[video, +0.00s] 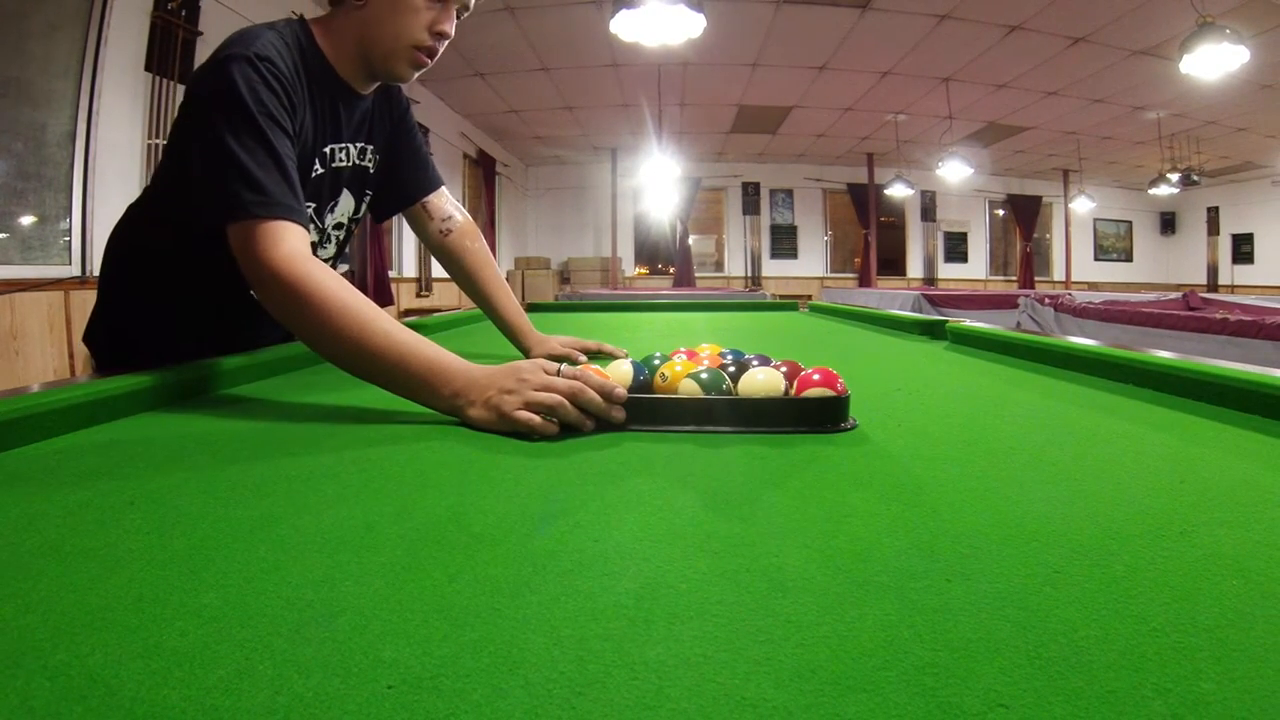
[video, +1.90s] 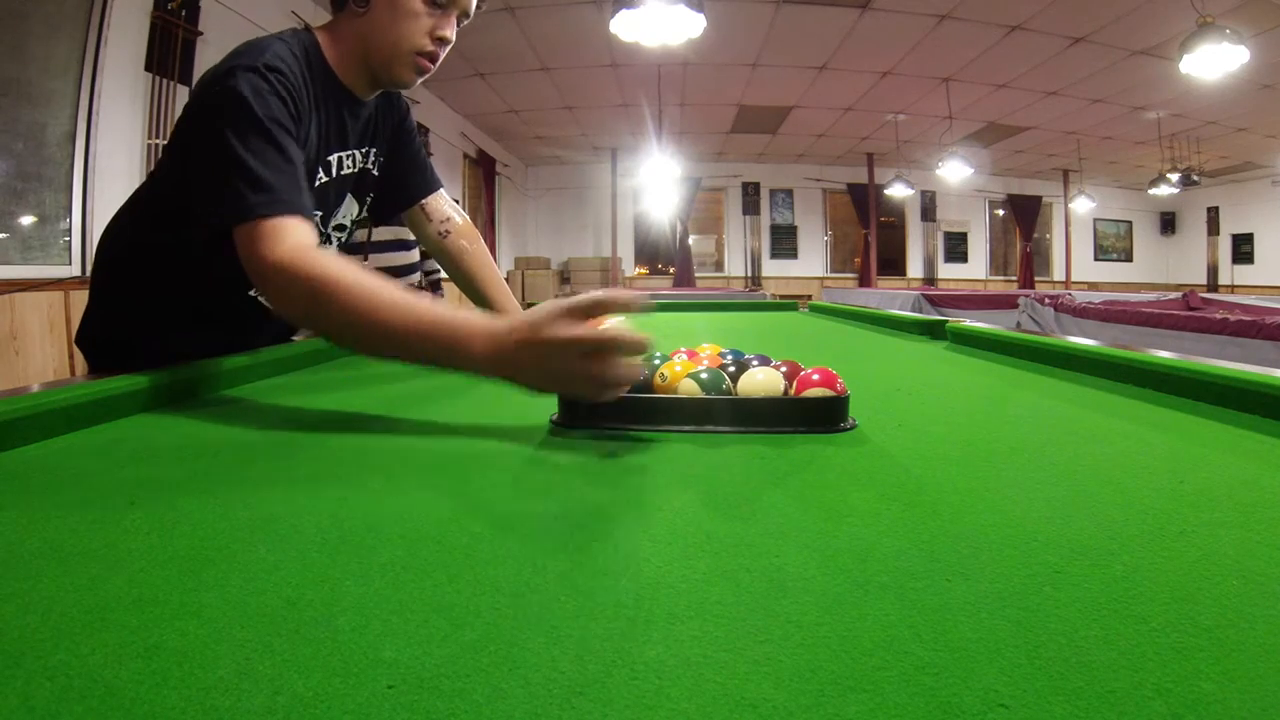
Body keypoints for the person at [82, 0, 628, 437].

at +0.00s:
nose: (449, 29)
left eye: (457, 13)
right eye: (437, 3)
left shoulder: (384, 98)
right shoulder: (255, 66)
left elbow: (445, 223)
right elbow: (276, 264)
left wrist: (527, 334)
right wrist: (467, 384)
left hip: (271, 345)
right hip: (160, 350)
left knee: (253, 533)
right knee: (147, 543)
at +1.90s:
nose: (450, 35)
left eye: (458, 21)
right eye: (438, 6)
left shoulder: (386, 110)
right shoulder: (259, 81)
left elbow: (447, 225)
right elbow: (283, 266)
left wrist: (517, 329)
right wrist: (496, 347)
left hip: (258, 333)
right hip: (150, 334)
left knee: (243, 513)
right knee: (141, 522)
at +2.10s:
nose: (454, 41)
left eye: (463, 26)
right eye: (442, 12)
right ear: (366, 0)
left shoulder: (389, 109)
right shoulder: (273, 75)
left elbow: (446, 228)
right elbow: (330, 235)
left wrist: (523, 329)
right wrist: (579, 302)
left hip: (261, 334)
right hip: (151, 337)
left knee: (253, 518)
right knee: (144, 526)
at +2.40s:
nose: (457, 48)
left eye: (467, 33)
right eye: (446, 17)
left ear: (449, 41)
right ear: (376, 1)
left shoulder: (387, 112)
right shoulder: (280, 76)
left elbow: (449, 227)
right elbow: (312, 232)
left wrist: (523, 330)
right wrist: (569, 301)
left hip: (255, 337)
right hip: (149, 338)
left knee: (238, 524)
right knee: (133, 534)